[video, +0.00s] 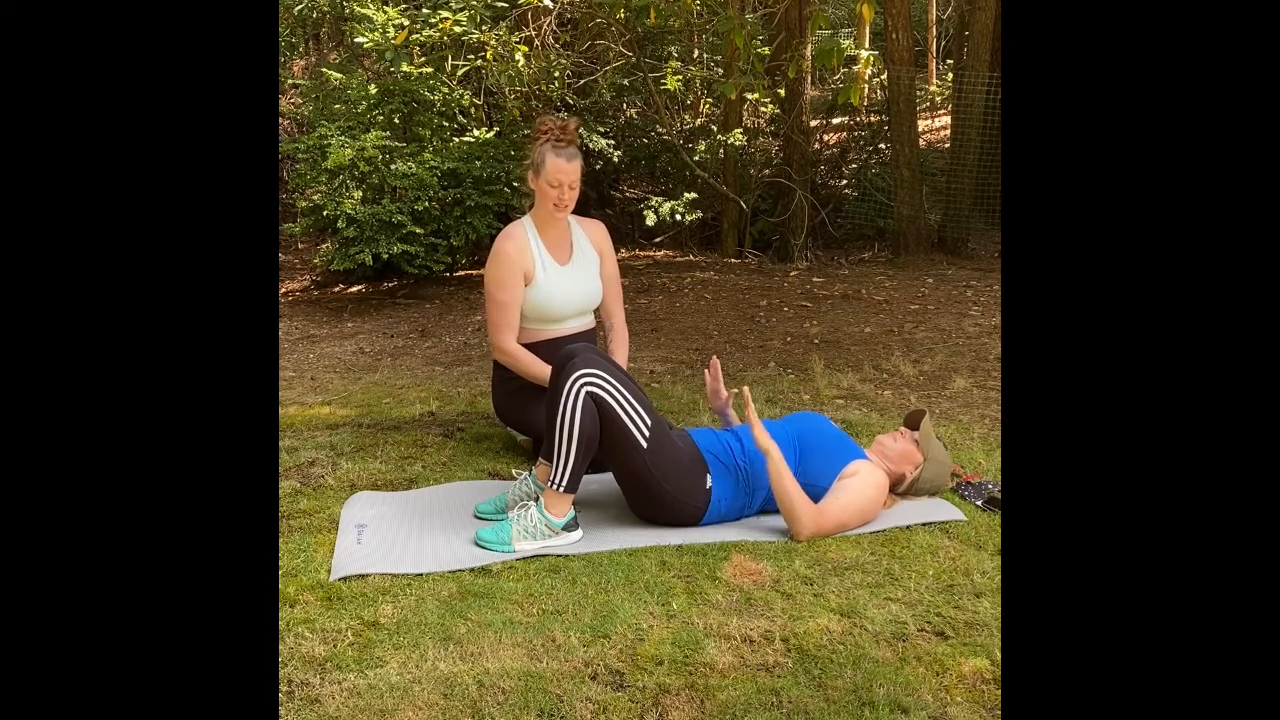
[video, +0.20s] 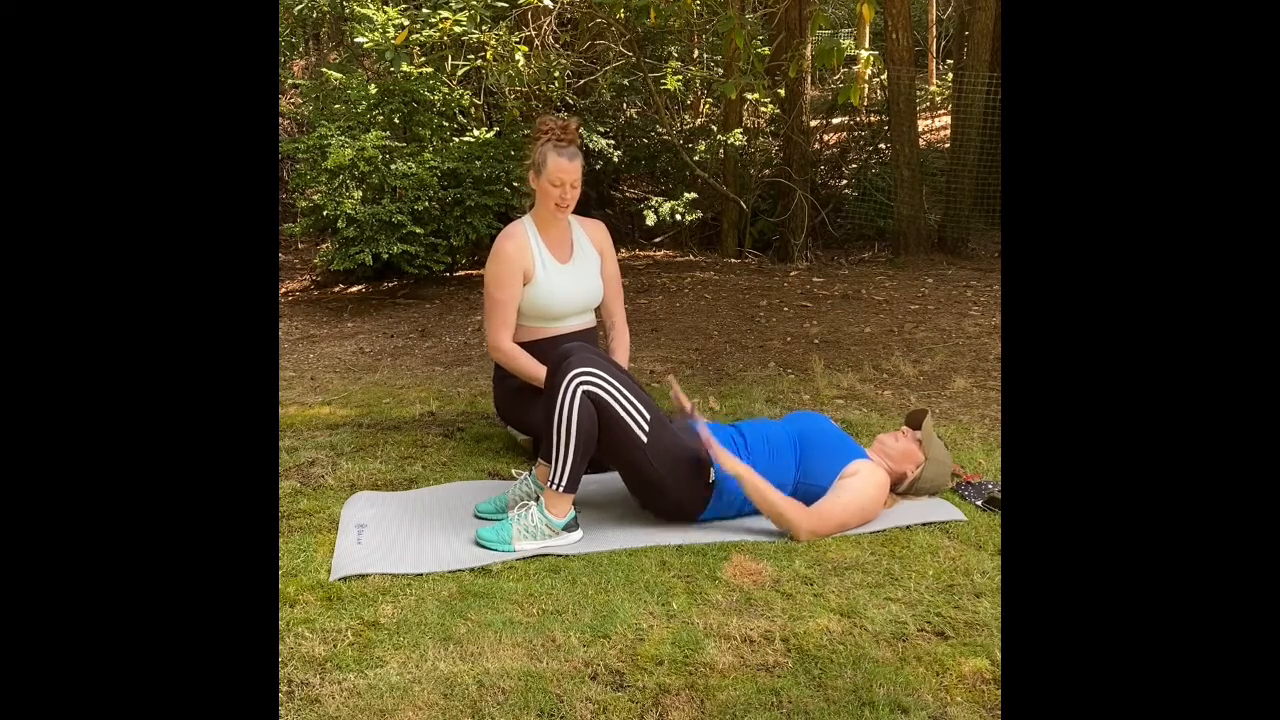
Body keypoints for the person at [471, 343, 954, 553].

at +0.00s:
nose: (897, 433)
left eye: (908, 440)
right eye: (905, 430)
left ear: (908, 471)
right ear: (895, 444)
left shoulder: (870, 483)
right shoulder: (842, 452)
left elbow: (808, 525)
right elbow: (758, 463)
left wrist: (766, 440)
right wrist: (728, 411)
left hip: (694, 484)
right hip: (680, 459)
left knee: (589, 373)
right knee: (578, 358)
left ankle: (555, 511)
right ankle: (542, 485)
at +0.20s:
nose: (899, 432)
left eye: (909, 439)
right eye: (907, 429)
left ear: (909, 470)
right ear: (897, 445)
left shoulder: (869, 482)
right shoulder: (846, 452)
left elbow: (808, 525)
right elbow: (763, 464)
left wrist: (729, 461)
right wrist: (703, 423)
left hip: (696, 479)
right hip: (686, 450)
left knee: (586, 372)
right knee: (577, 358)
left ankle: (555, 510)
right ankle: (543, 484)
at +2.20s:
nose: (899, 432)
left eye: (909, 439)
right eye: (907, 430)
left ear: (907, 468)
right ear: (898, 444)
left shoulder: (863, 476)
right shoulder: (847, 453)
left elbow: (793, 517)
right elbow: (772, 484)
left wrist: (708, 515)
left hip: (693, 481)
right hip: (681, 453)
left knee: (583, 372)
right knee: (586, 362)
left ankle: (555, 510)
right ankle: (543, 483)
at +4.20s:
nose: (899, 434)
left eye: (910, 441)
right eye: (907, 431)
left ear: (909, 471)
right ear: (898, 445)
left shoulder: (864, 479)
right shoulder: (849, 456)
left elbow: (791, 517)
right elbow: (774, 492)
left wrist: (710, 517)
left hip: (695, 482)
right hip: (681, 454)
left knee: (590, 377)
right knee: (591, 366)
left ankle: (554, 512)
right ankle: (539, 486)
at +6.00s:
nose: (897, 433)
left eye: (908, 439)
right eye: (905, 430)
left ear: (908, 470)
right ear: (897, 446)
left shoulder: (864, 479)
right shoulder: (846, 456)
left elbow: (794, 521)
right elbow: (777, 499)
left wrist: (710, 516)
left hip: (693, 483)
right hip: (678, 455)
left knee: (585, 368)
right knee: (571, 357)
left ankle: (553, 510)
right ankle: (541, 484)